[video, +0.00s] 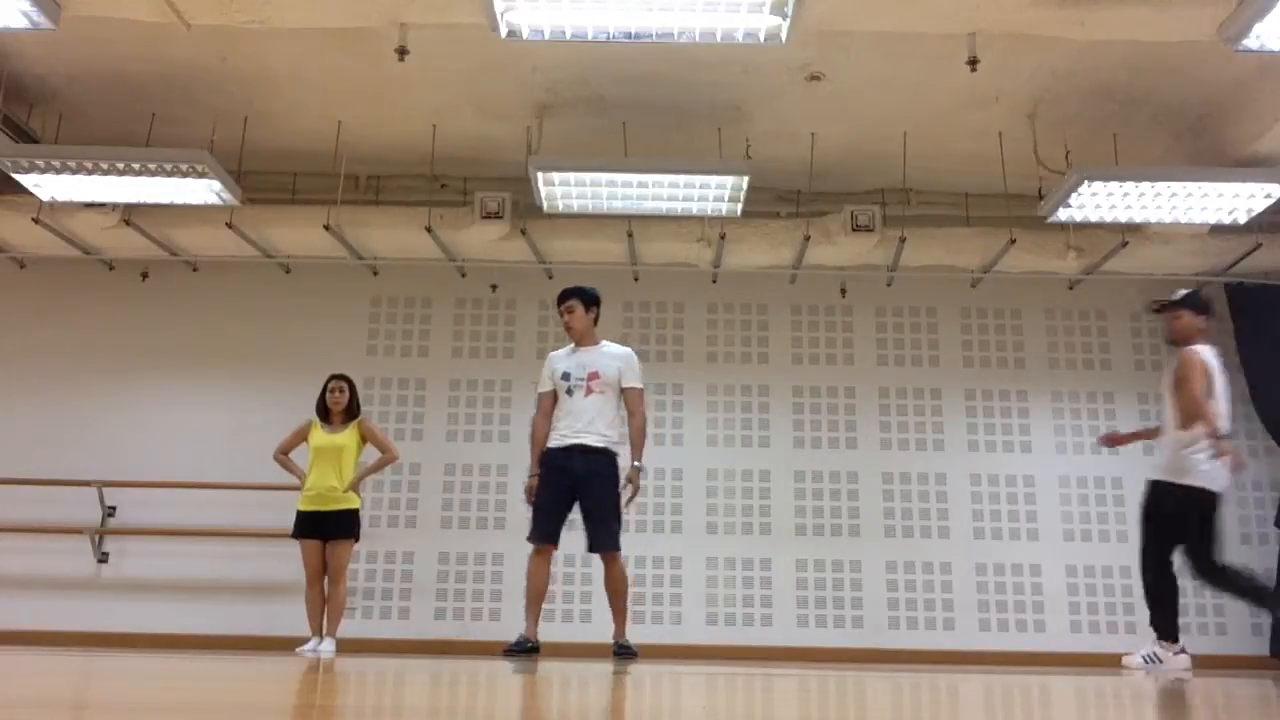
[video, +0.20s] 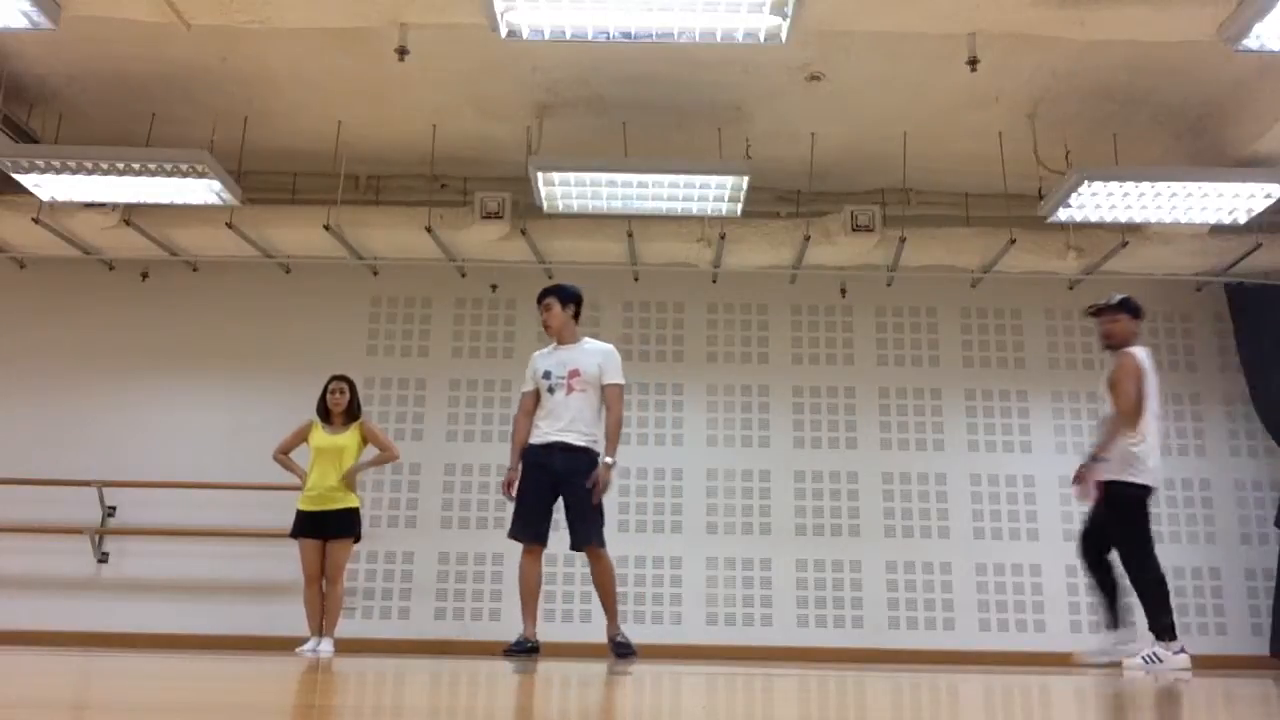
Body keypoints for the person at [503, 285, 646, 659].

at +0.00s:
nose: (566, 318)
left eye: (571, 311)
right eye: (563, 314)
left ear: (592, 313)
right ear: (563, 319)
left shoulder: (623, 357)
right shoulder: (555, 360)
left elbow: (636, 413)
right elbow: (543, 416)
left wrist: (635, 464)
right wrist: (534, 470)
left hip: (601, 460)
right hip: (558, 459)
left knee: (609, 552)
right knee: (542, 546)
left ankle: (620, 636)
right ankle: (529, 634)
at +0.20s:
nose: (543, 318)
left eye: (548, 309)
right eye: (541, 312)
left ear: (571, 310)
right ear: (545, 317)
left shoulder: (603, 353)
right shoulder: (539, 359)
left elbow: (614, 409)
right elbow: (525, 413)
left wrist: (608, 461)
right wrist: (514, 464)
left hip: (581, 459)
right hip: (537, 459)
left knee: (595, 548)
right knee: (532, 546)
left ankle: (614, 630)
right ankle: (529, 635)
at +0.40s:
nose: (529, 315)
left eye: (534, 307)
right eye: (529, 308)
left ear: (555, 308)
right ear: (542, 312)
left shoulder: (591, 349)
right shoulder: (529, 358)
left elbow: (599, 407)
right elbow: (515, 411)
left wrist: (581, 453)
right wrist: (503, 459)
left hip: (571, 454)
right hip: (529, 455)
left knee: (584, 540)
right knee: (528, 545)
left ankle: (607, 625)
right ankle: (528, 634)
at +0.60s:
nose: (523, 314)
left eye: (527, 305)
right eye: (524, 306)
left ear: (546, 307)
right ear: (543, 309)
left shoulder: (583, 346)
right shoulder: (528, 358)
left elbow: (588, 404)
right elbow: (515, 411)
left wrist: (569, 454)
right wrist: (502, 456)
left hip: (566, 453)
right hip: (526, 455)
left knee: (581, 540)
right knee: (527, 545)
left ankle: (607, 624)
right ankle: (528, 634)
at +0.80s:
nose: (531, 310)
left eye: (538, 303)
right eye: (529, 305)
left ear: (559, 308)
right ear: (530, 314)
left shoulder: (584, 347)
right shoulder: (527, 360)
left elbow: (589, 405)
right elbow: (515, 416)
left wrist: (571, 453)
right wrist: (507, 470)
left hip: (565, 453)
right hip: (525, 455)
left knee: (578, 539)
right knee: (526, 544)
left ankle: (609, 622)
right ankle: (528, 634)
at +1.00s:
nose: (546, 306)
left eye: (553, 300)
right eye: (540, 302)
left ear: (569, 308)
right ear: (536, 312)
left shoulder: (592, 349)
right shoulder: (526, 358)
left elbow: (600, 405)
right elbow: (516, 416)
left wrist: (587, 452)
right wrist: (514, 472)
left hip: (574, 453)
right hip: (530, 455)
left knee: (595, 539)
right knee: (528, 545)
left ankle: (613, 625)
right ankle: (529, 635)